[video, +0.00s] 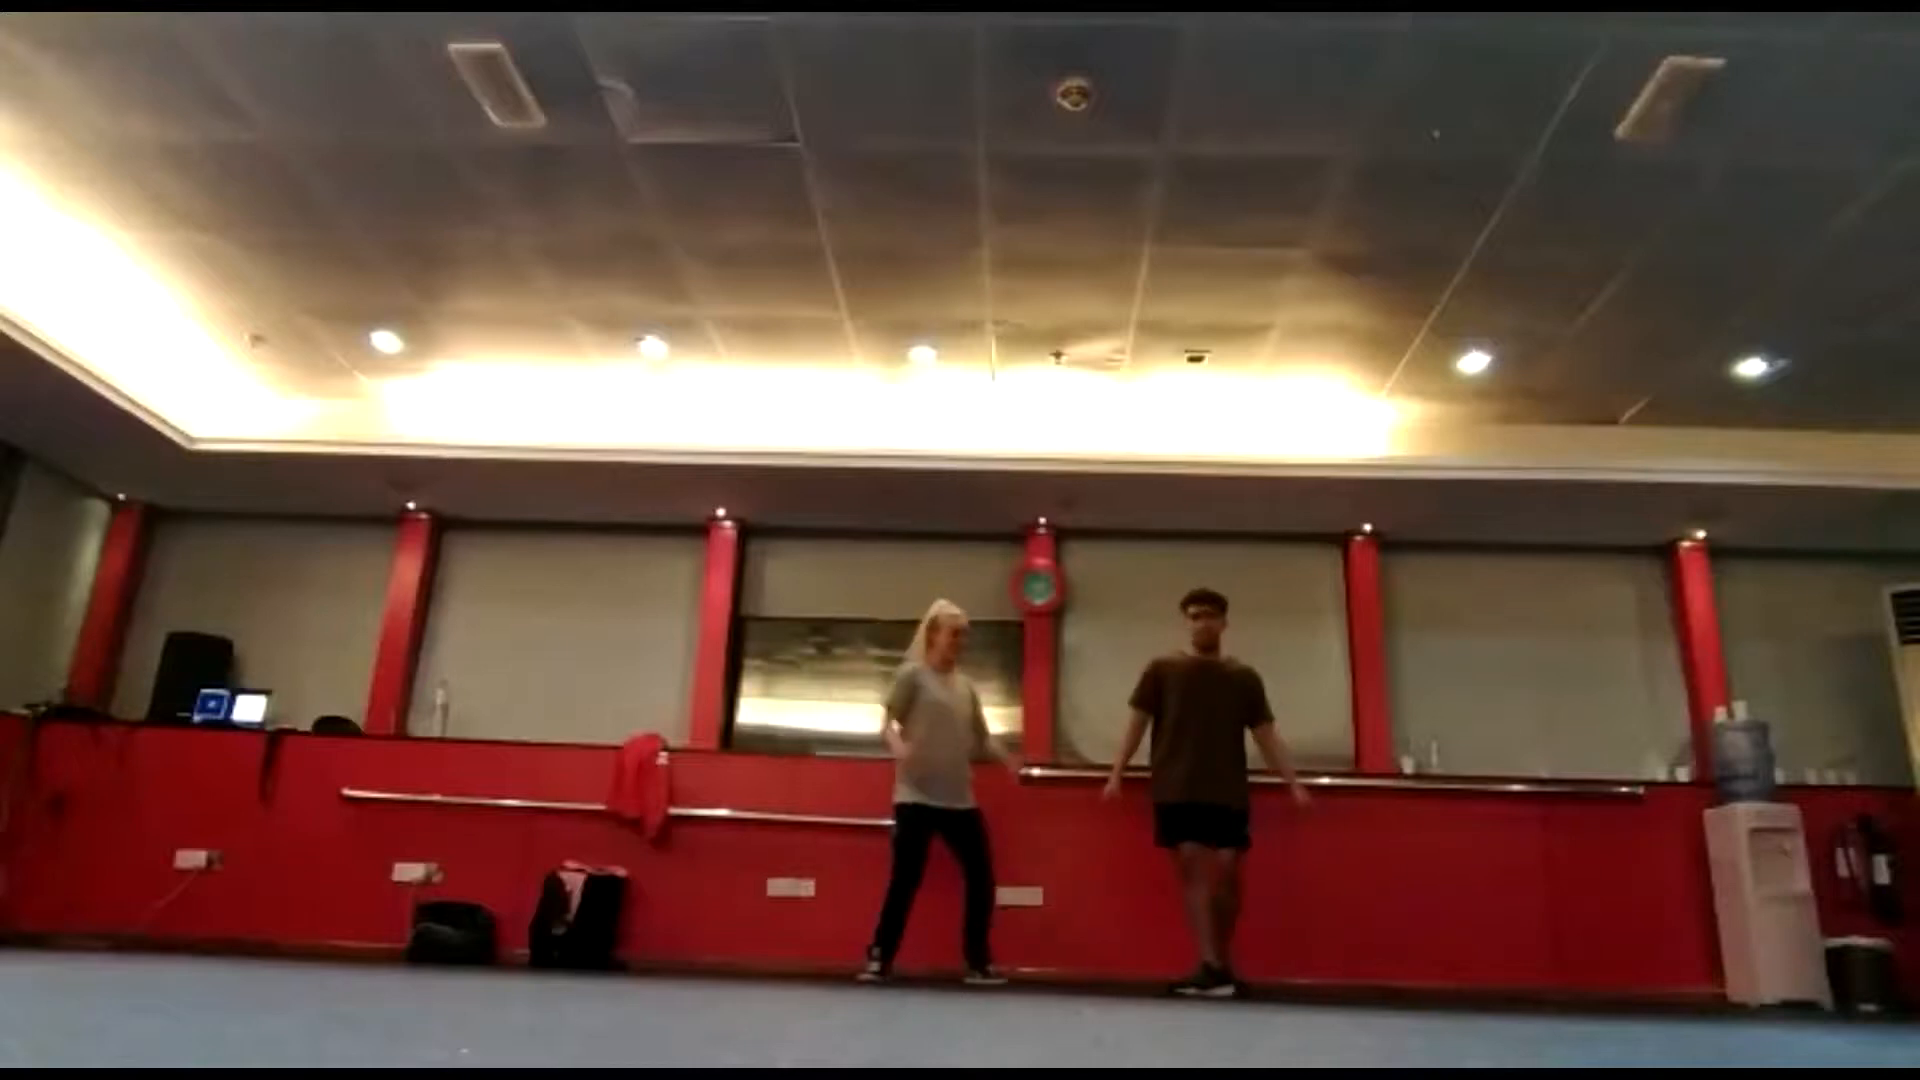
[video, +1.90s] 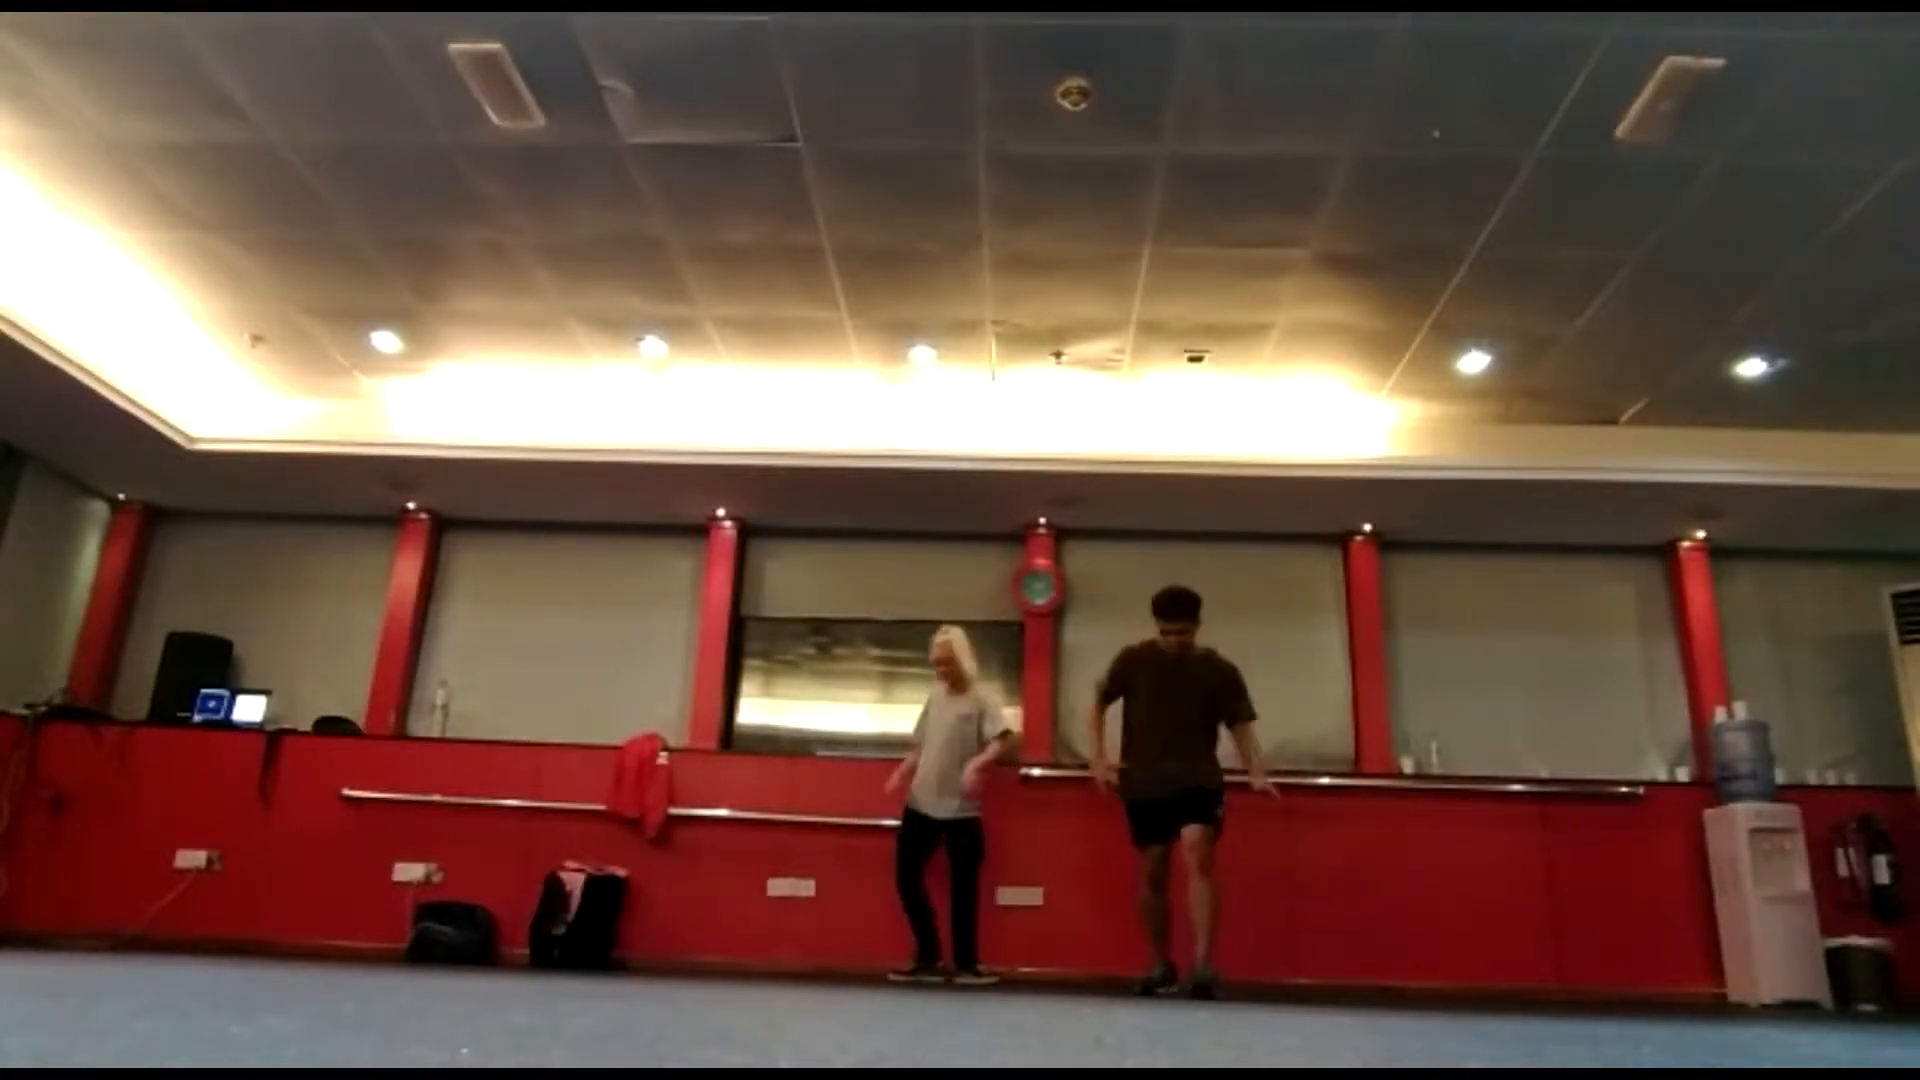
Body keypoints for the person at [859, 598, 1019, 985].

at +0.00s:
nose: (958, 640)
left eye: (962, 633)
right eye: (952, 632)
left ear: (965, 638)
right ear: (932, 634)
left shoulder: (965, 687)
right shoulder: (912, 677)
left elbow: (980, 741)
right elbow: (889, 721)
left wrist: (1007, 757)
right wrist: (899, 747)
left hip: (958, 801)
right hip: (916, 798)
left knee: (981, 878)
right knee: (905, 880)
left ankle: (978, 962)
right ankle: (880, 957)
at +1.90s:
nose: (940, 670)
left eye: (946, 662)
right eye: (936, 664)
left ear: (963, 660)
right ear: (932, 664)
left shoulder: (982, 698)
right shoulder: (935, 699)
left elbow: (1003, 740)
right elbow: (921, 745)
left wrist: (975, 765)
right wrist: (901, 773)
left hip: (961, 811)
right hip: (922, 807)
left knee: (964, 890)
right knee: (908, 878)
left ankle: (965, 962)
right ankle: (928, 956)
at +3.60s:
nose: (946, 657)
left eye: (954, 652)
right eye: (940, 650)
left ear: (962, 658)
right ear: (926, 651)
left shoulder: (958, 696)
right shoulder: (912, 693)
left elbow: (952, 744)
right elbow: (927, 742)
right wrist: (959, 780)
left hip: (952, 803)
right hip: (913, 803)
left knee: (976, 872)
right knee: (916, 884)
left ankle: (972, 957)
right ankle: (919, 959)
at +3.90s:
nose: (967, 679)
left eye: (975, 673)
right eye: (962, 671)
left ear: (985, 681)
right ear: (949, 672)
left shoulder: (980, 726)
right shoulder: (925, 708)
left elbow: (978, 776)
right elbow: (898, 745)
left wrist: (976, 818)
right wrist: (938, 763)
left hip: (956, 820)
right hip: (914, 816)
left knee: (996, 879)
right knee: (913, 889)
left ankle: (977, 959)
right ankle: (919, 960)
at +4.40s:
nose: (981, 679)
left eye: (988, 672)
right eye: (974, 673)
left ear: (1000, 675)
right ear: (966, 677)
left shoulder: (1008, 719)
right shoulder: (959, 709)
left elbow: (998, 775)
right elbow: (948, 756)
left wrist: (983, 821)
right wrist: (933, 797)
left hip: (976, 817)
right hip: (938, 810)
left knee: (992, 884)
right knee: (911, 873)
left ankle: (977, 960)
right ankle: (916, 958)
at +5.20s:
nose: (921, 675)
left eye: (929, 669)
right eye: (915, 668)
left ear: (941, 673)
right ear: (906, 673)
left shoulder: (958, 712)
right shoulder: (898, 719)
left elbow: (981, 755)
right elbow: (895, 767)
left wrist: (985, 800)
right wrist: (894, 807)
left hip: (959, 814)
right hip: (916, 815)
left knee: (985, 875)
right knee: (907, 884)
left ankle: (979, 955)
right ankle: (911, 958)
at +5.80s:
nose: (947, 683)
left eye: (954, 675)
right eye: (941, 675)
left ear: (966, 680)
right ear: (929, 677)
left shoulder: (971, 725)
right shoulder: (912, 711)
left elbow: (978, 772)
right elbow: (893, 749)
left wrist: (966, 806)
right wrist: (899, 791)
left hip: (953, 815)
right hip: (918, 807)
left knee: (943, 892)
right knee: (916, 829)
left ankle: (936, 960)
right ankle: (911, 891)